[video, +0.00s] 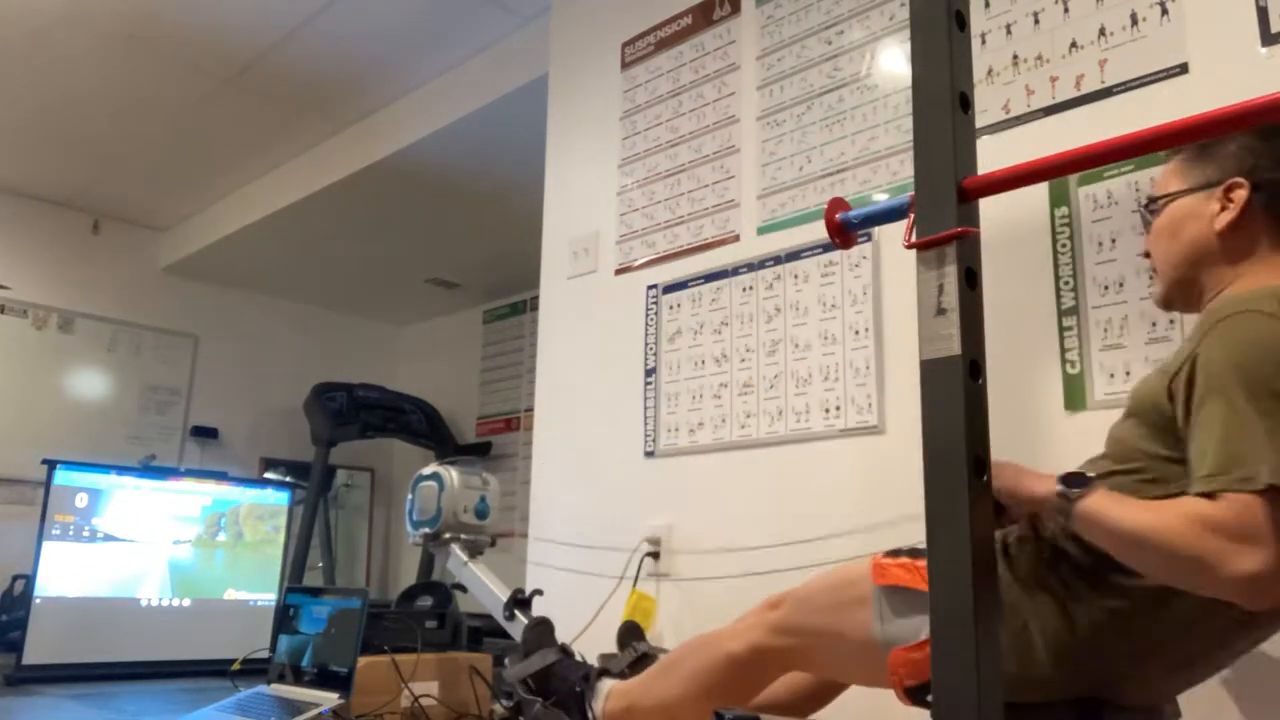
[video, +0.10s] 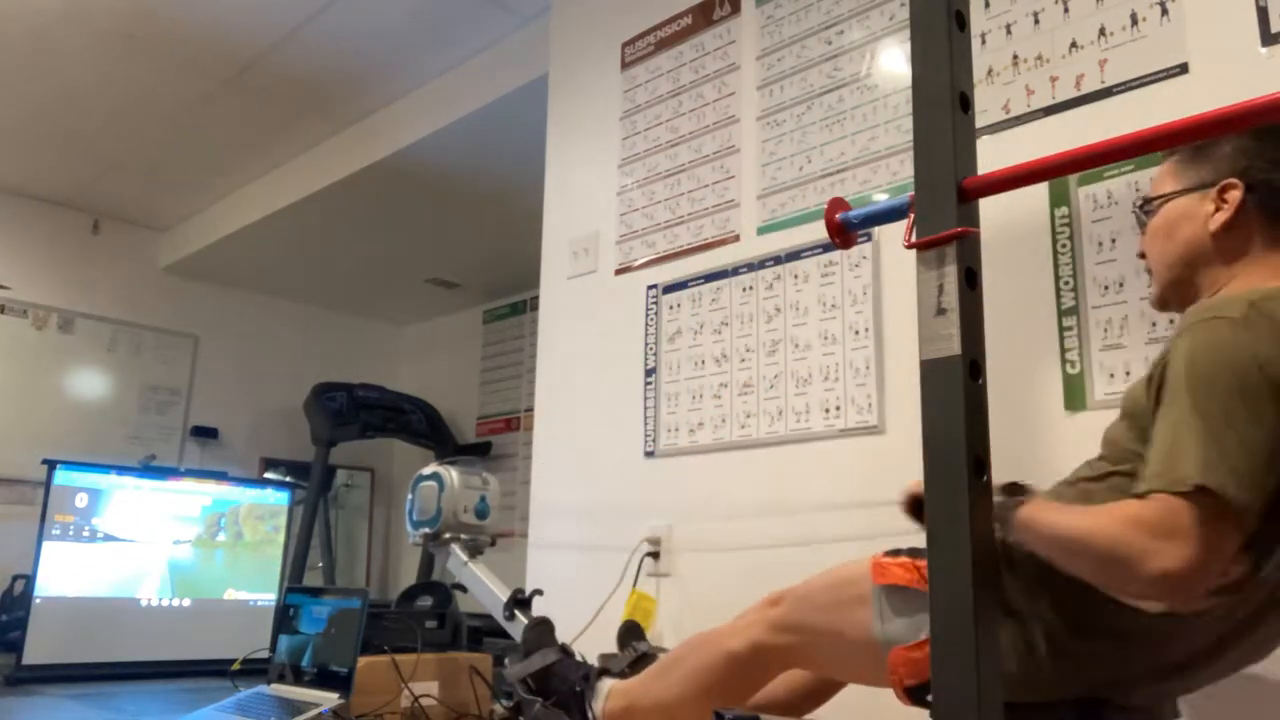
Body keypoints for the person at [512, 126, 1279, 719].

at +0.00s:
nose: (1145, 234)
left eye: (1160, 206)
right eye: (1148, 213)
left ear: (1231, 207)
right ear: (1233, 212)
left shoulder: (1250, 327)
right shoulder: (1241, 329)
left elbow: (1252, 559)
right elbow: (1228, 547)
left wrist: (1058, 498)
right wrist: (1053, 505)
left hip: (1059, 630)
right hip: (1088, 631)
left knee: (783, 620)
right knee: (839, 629)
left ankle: (608, 704)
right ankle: (705, 716)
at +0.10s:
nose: (1141, 234)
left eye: (1157, 206)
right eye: (1145, 212)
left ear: (1228, 207)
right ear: (1231, 212)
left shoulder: (1237, 326)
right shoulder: (1250, 327)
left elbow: (1183, 558)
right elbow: (1201, 561)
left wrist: (992, 507)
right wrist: (999, 518)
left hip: (1048, 628)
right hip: (1094, 638)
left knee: (781, 620)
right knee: (835, 632)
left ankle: (608, 705)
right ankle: (703, 717)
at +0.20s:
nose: (1123, 238)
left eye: (1137, 211)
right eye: (1128, 215)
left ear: (1204, 208)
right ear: (1215, 211)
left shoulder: (1202, 334)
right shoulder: (1267, 330)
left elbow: (1083, 534)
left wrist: (918, 497)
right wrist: (965, 542)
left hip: (1056, 647)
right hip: (1128, 657)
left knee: (780, 611)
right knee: (839, 622)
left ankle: (606, 705)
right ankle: (692, 710)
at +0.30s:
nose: (1083, 229)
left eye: (1098, 205)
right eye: (1087, 209)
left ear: (1164, 204)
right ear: (1183, 207)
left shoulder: (1165, 325)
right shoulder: (1266, 323)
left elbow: (1001, 495)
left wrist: (846, 483)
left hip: (1040, 631)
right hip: (1130, 644)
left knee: (766, 593)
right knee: (831, 608)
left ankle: (610, 703)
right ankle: (697, 706)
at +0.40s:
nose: (1035, 227)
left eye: (1047, 202)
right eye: (1038, 206)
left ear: (1105, 196)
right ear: (1136, 202)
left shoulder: (1110, 310)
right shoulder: (1199, 310)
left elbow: (917, 462)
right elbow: (1073, 506)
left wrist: (782, 472)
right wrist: (918, 523)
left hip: (1042, 627)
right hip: (1105, 626)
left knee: (747, 581)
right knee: (821, 596)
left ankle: (609, 710)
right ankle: (700, 706)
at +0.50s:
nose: (970, 227)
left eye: (982, 202)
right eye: (974, 205)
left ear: (1035, 201)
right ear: (1059, 206)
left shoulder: (1037, 306)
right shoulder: (1131, 306)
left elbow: (847, 445)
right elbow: (1029, 506)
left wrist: (724, 473)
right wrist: (862, 497)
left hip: (1023, 627)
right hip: (1092, 628)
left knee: (738, 557)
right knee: (837, 549)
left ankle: (612, 703)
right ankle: (694, 696)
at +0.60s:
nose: (914, 245)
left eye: (921, 224)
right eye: (915, 226)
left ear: (954, 223)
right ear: (1025, 223)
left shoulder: (965, 304)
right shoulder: (1066, 315)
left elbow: (787, 440)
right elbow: (935, 486)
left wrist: (671, 482)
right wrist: (787, 506)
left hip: (960, 642)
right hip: (1044, 638)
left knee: (716, 533)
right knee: (792, 538)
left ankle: (612, 702)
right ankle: (686, 695)